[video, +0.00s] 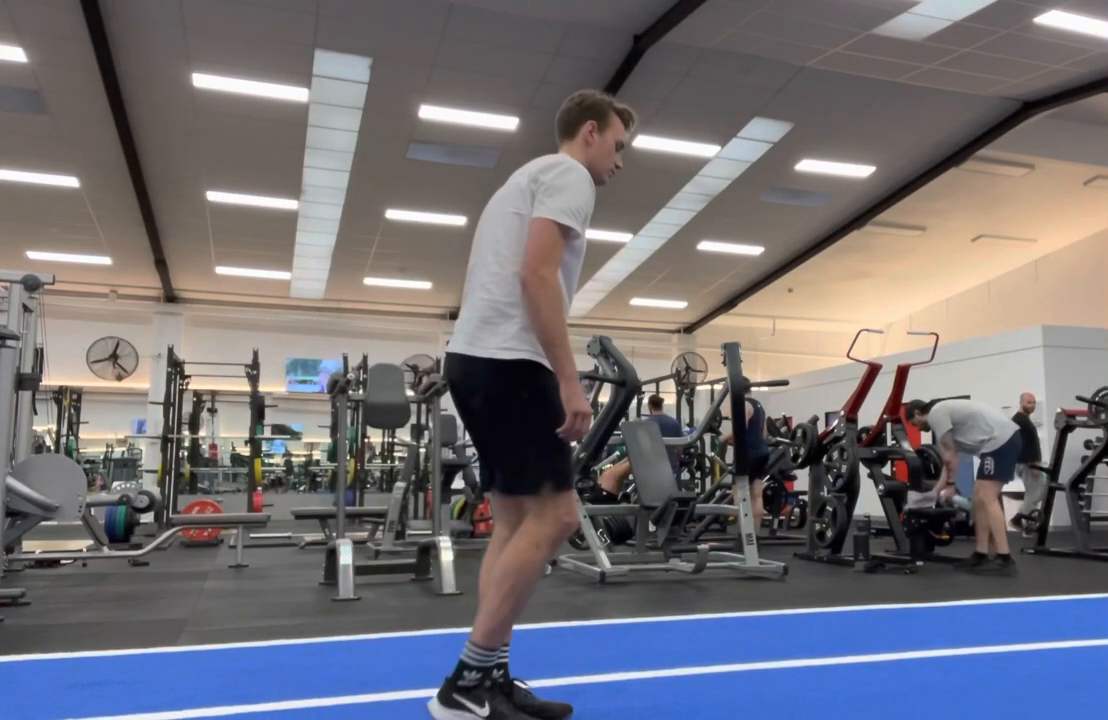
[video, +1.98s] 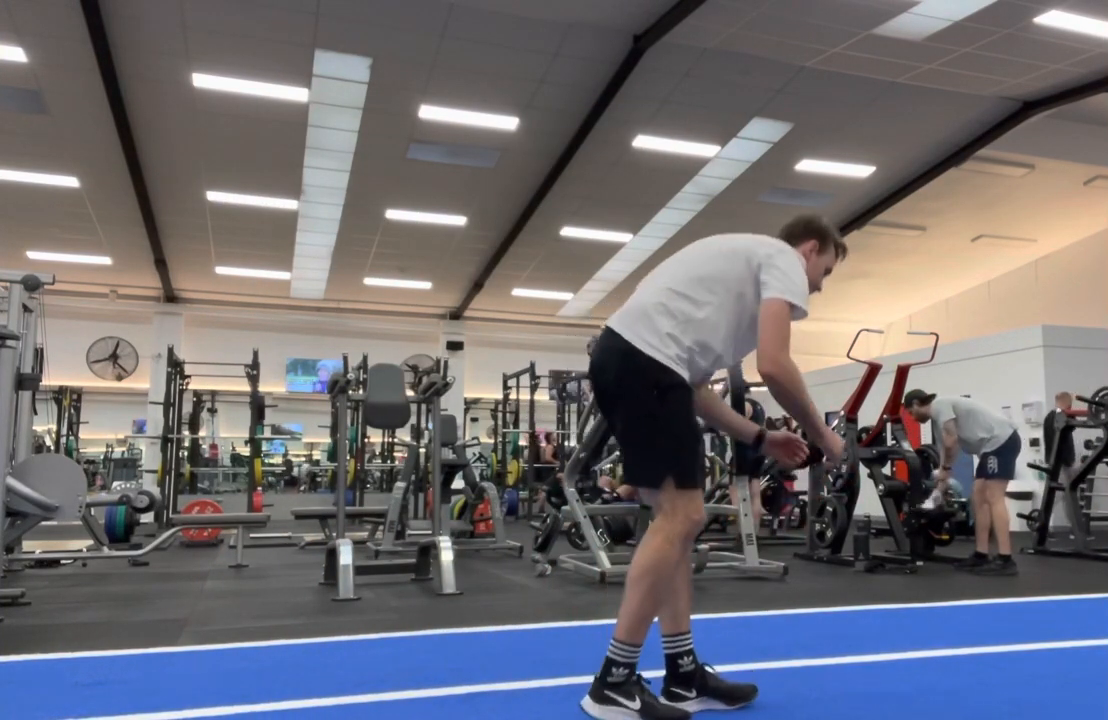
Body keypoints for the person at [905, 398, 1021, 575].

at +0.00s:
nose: (916, 426)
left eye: (914, 422)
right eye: (913, 424)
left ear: (918, 413)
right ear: (920, 413)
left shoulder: (937, 413)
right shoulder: (939, 415)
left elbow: (951, 456)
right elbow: (948, 458)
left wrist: (951, 485)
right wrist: (935, 490)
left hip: (1002, 439)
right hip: (993, 441)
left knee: (988, 497)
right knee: (979, 498)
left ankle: (1004, 558)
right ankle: (981, 554)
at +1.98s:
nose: (913, 417)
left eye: (911, 412)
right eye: (910, 413)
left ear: (917, 404)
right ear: (920, 404)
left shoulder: (940, 405)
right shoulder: (938, 417)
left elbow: (951, 443)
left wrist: (945, 469)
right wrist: (939, 490)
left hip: (1002, 440)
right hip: (989, 446)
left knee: (995, 497)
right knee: (979, 497)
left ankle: (1005, 558)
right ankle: (981, 554)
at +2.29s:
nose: (921, 385)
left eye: (920, 380)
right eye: (919, 381)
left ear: (928, 373)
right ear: (933, 372)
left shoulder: (946, 383)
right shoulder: (953, 386)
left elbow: (949, 416)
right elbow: (959, 432)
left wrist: (934, 440)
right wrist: (941, 456)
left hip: (989, 439)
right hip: (985, 440)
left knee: (976, 496)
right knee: (974, 497)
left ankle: (1000, 553)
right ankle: (981, 553)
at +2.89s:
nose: (937, 357)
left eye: (939, 352)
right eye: (936, 353)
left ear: (952, 351)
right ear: (956, 352)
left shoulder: (956, 371)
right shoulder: (967, 373)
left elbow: (951, 405)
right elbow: (963, 410)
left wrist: (929, 417)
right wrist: (938, 420)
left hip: (962, 441)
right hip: (977, 441)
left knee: (947, 494)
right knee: (969, 496)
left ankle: (963, 550)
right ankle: (980, 551)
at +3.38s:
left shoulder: (947, 374)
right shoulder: (956, 374)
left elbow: (939, 407)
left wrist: (918, 405)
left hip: (943, 442)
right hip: (962, 440)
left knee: (944, 500)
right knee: (965, 498)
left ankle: (947, 554)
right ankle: (979, 551)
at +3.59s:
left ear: (935, 346)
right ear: (953, 348)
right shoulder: (957, 374)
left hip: (943, 443)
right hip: (960, 444)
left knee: (940, 495)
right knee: (961, 494)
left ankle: (946, 553)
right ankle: (979, 551)